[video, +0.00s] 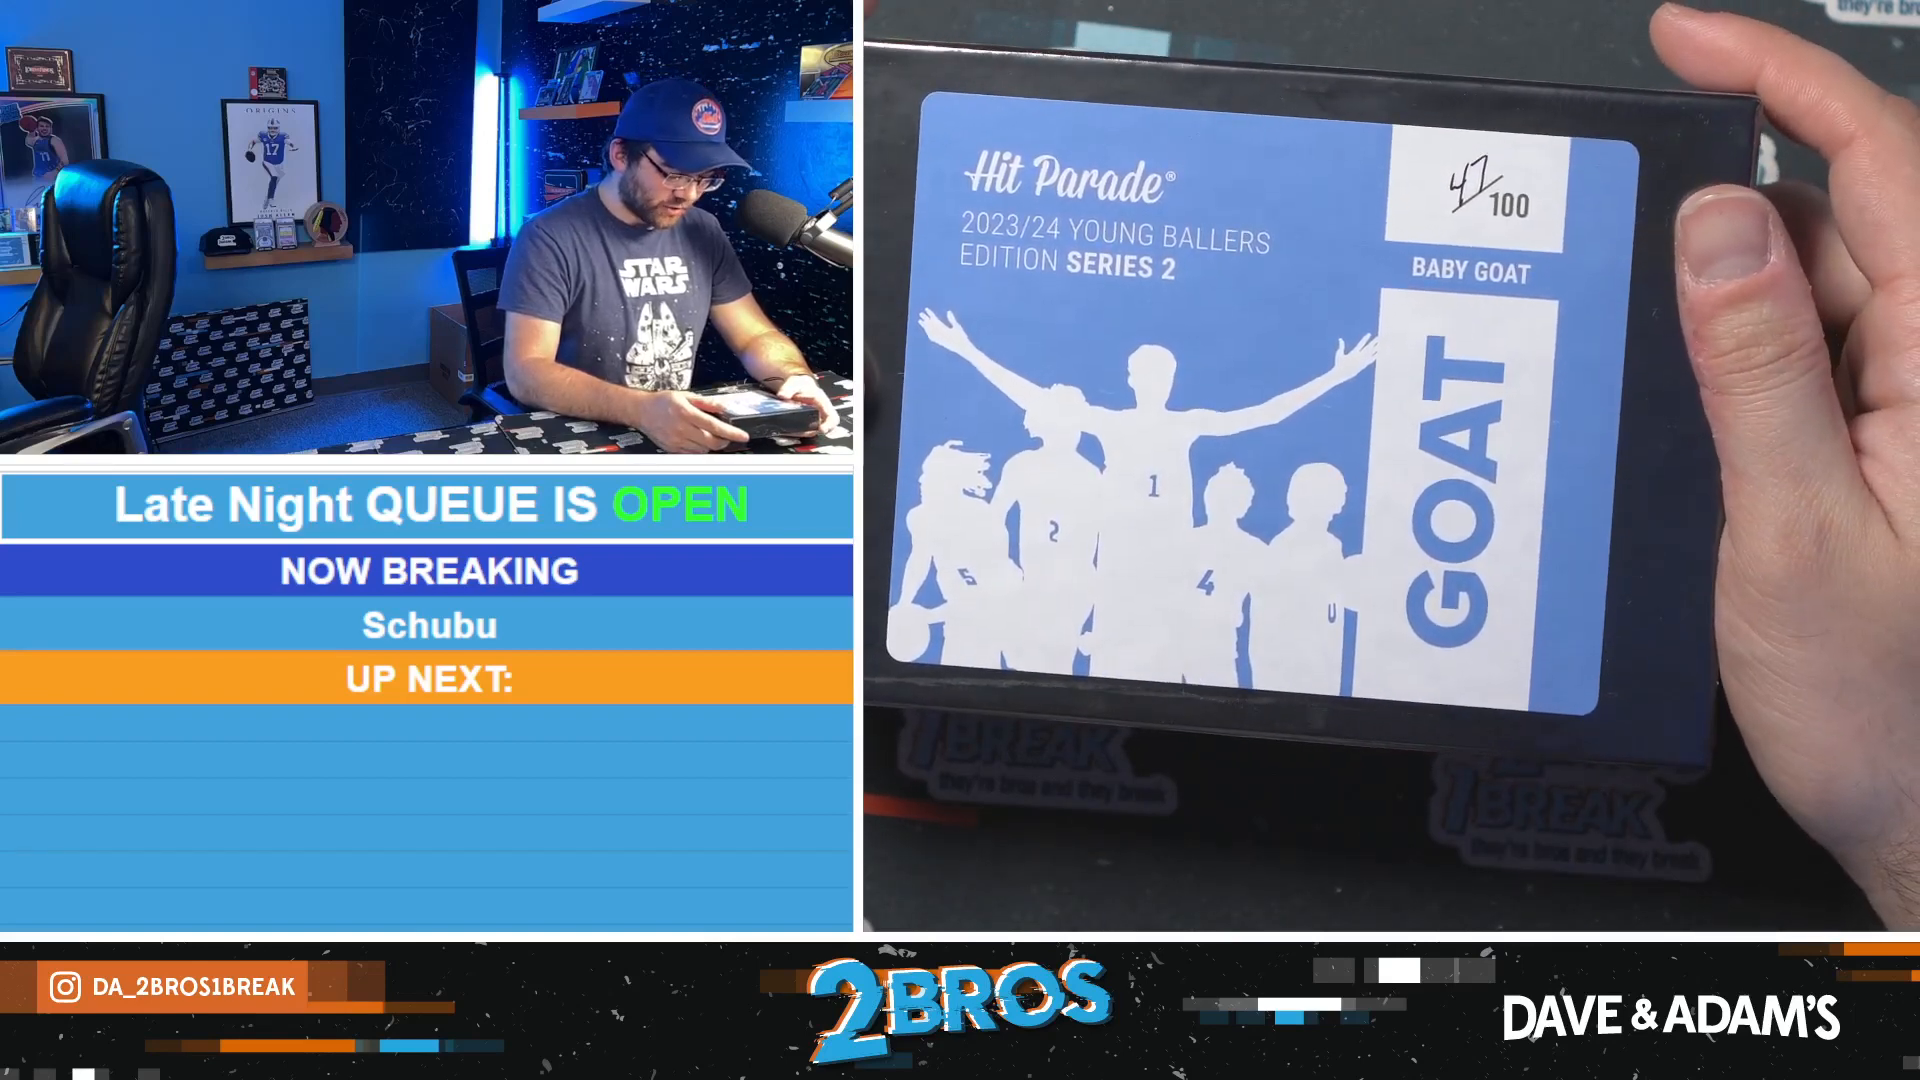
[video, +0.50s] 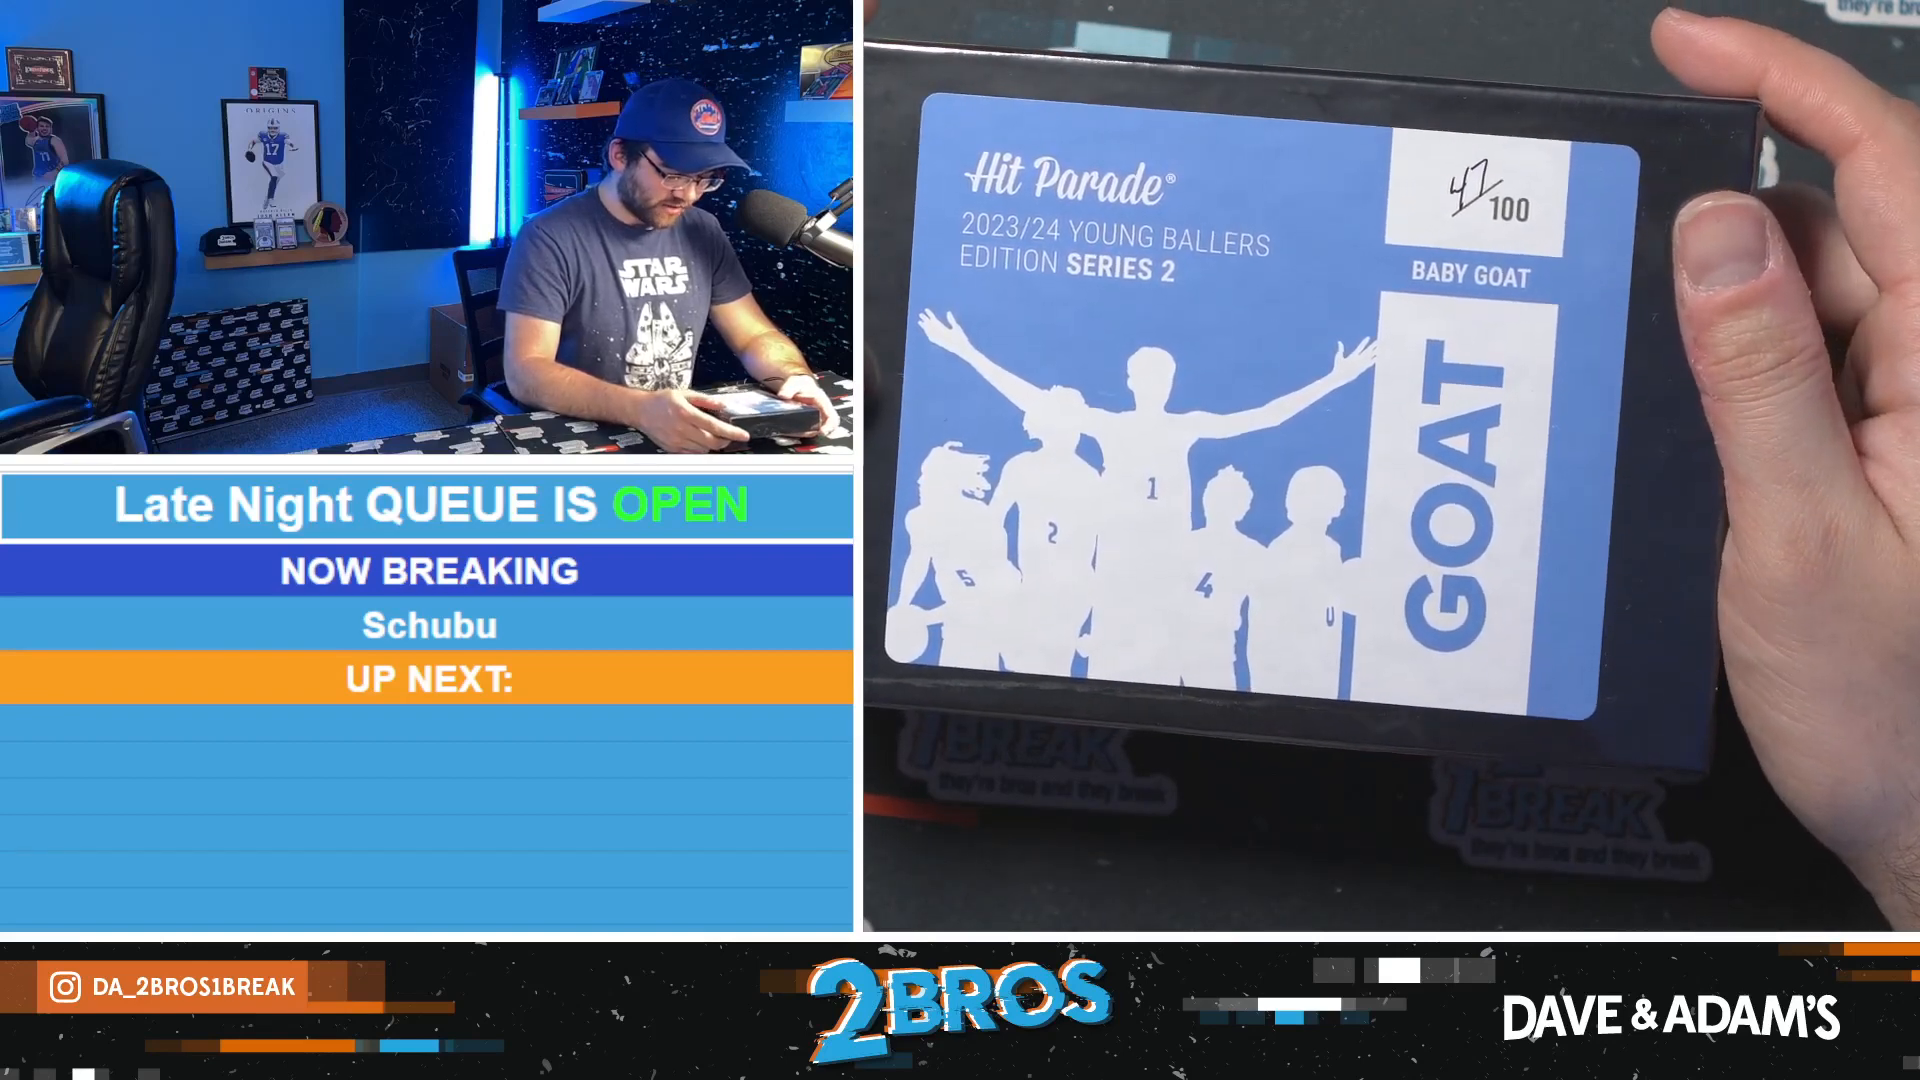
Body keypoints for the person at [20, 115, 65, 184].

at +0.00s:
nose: (44, 128)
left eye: (47, 126)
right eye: (41, 126)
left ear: (50, 128)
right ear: (37, 128)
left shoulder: (55, 140)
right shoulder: (35, 140)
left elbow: (64, 160)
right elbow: (28, 142)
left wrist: (54, 173)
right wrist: (31, 132)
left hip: (51, 177)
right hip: (37, 176)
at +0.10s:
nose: (44, 128)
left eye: (47, 126)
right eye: (41, 126)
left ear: (50, 128)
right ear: (37, 128)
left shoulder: (55, 140)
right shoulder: (35, 140)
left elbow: (64, 160)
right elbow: (28, 142)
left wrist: (54, 173)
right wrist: (31, 132)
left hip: (51, 177)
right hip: (37, 176)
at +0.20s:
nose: (44, 128)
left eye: (47, 126)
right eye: (41, 126)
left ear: (50, 128)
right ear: (37, 128)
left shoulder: (55, 140)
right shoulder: (35, 140)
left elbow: (64, 160)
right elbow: (28, 142)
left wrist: (54, 173)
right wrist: (31, 132)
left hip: (51, 177)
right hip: (37, 176)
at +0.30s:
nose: (44, 128)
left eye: (47, 126)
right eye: (41, 126)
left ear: (50, 128)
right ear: (37, 128)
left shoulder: (55, 140)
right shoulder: (35, 140)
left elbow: (64, 160)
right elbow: (28, 142)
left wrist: (54, 173)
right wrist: (31, 132)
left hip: (51, 177)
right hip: (37, 176)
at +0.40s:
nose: (44, 128)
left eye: (47, 126)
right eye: (41, 126)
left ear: (50, 128)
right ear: (37, 128)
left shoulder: (55, 140)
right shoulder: (35, 140)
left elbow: (64, 160)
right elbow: (28, 142)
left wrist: (54, 173)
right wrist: (31, 132)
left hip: (51, 177)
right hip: (37, 176)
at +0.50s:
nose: (44, 128)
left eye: (47, 126)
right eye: (41, 126)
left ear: (50, 128)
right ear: (37, 128)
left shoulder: (55, 140)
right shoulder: (35, 140)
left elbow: (64, 160)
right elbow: (28, 142)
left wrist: (54, 173)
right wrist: (31, 132)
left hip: (51, 177)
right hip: (37, 176)